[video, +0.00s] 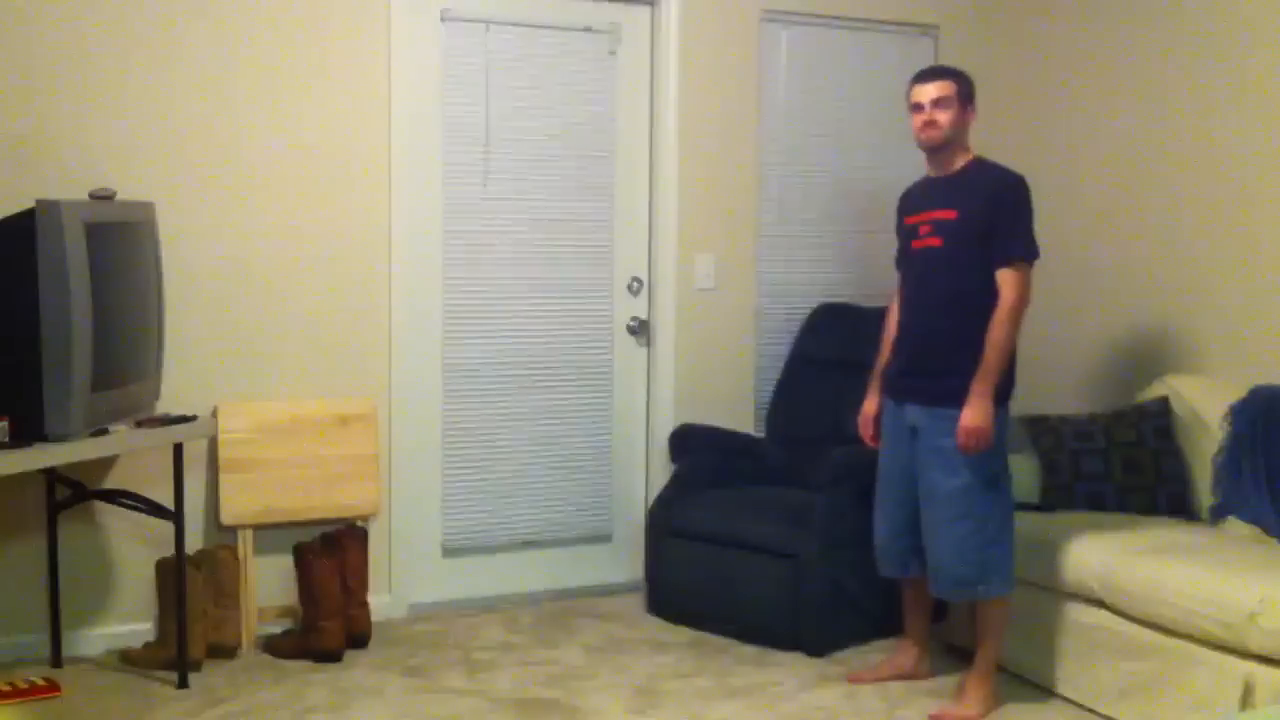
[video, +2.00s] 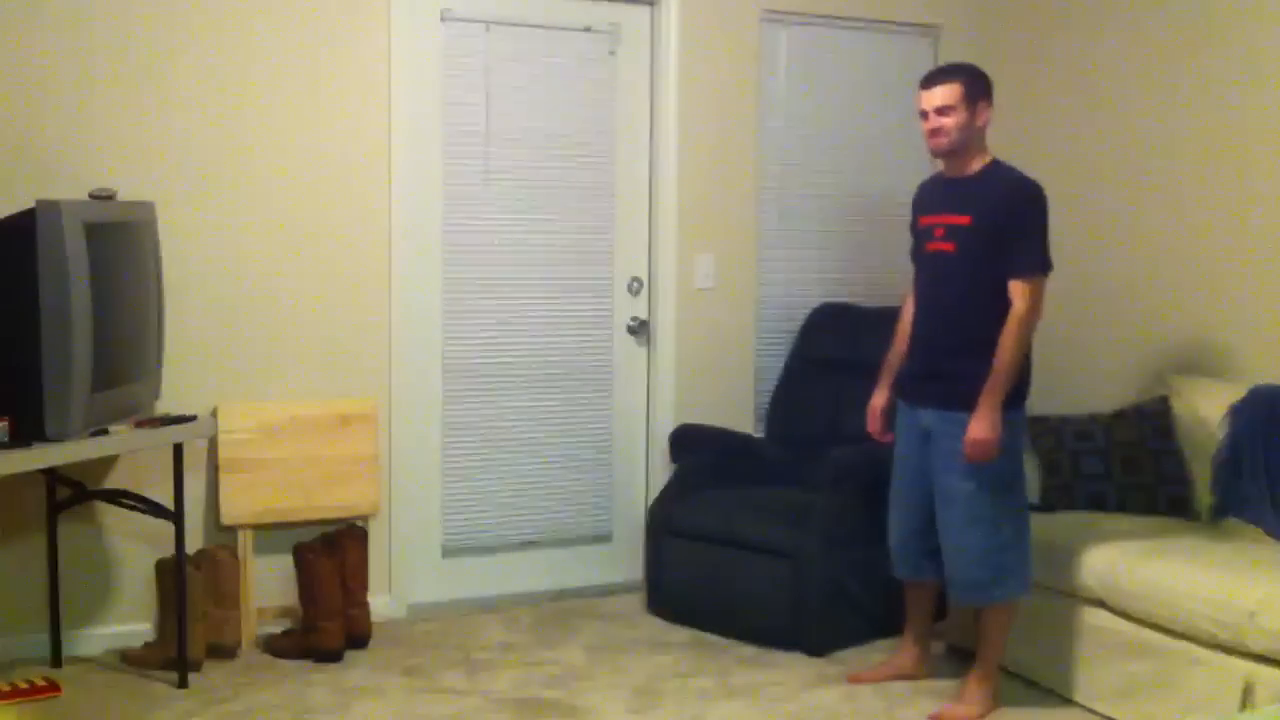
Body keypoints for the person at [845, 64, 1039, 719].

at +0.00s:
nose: (928, 116)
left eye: (941, 105)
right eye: (918, 108)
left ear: (968, 114)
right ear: (909, 121)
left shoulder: (1002, 189)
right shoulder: (912, 201)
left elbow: (1012, 299)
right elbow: (902, 299)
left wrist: (982, 397)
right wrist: (876, 387)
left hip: (964, 404)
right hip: (904, 400)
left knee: (980, 543)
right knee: (908, 530)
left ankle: (983, 677)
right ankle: (913, 651)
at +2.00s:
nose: (933, 125)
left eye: (945, 112)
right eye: (925, 115)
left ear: (982, 114)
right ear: (921, 123)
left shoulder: (1016, 194)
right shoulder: (927, 196)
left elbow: (1024, 308)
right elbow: (916, 299)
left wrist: (990, 406)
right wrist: (885, 384)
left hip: (980, 410)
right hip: (919, 402)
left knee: (989, 548)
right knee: (915, 534)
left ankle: (984, 679)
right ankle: (913, 652)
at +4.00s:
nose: (952, 123)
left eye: (966, 112)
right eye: (949, 112)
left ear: (1007, 117)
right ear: (952, 120)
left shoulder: (1048, 194)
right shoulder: (953, 198)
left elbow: (1062, 309)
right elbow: (943, 299)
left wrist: (1034, 413)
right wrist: (909, 388)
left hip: (1002, 418)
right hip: (934, 408)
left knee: (998, 562)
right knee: (923, 539)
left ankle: (986, 690)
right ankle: (975, 646)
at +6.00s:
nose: (973, 119)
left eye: (987, 108)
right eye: (963, 109)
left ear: (1014, 117)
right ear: (953, 119)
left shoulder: (1046, 195)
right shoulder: (951, 203)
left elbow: (1055, 311)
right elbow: (941, 306)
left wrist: (1022, 410)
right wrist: (905, 393)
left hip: (998, 416)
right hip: (933, 409)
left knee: (996, 562)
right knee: (928, 542)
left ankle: (984, 690)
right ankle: (976, 647)